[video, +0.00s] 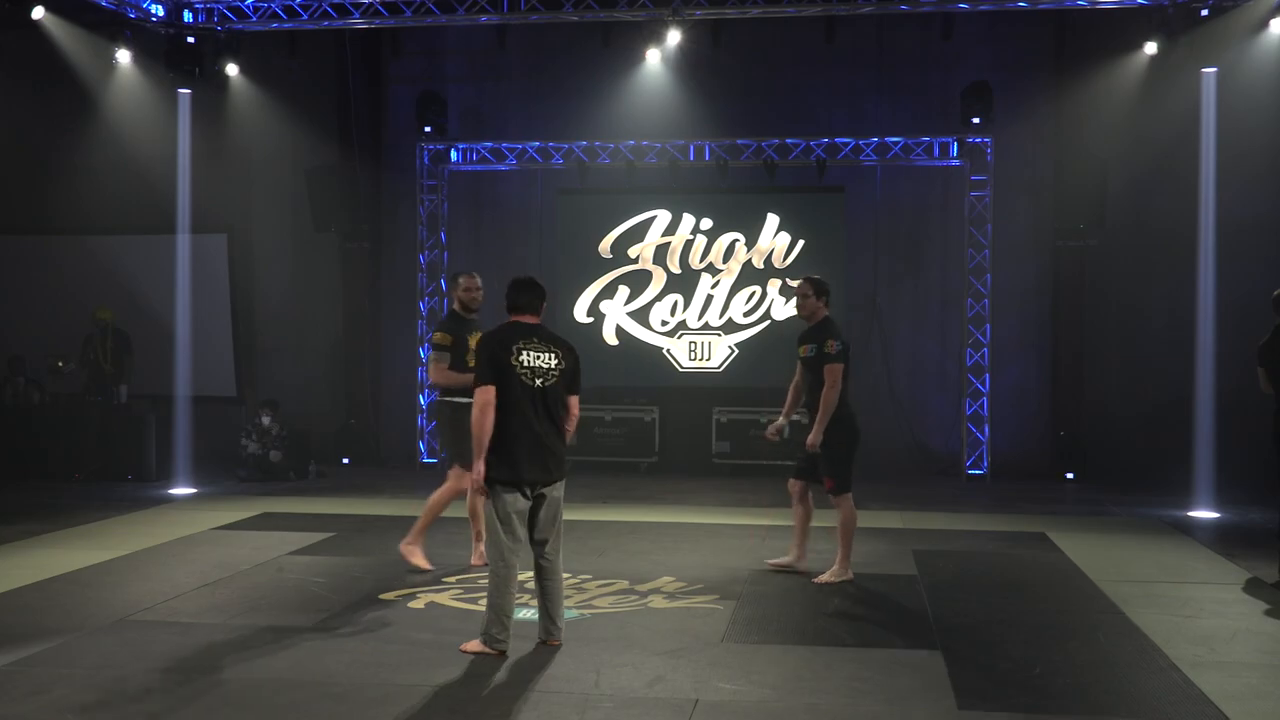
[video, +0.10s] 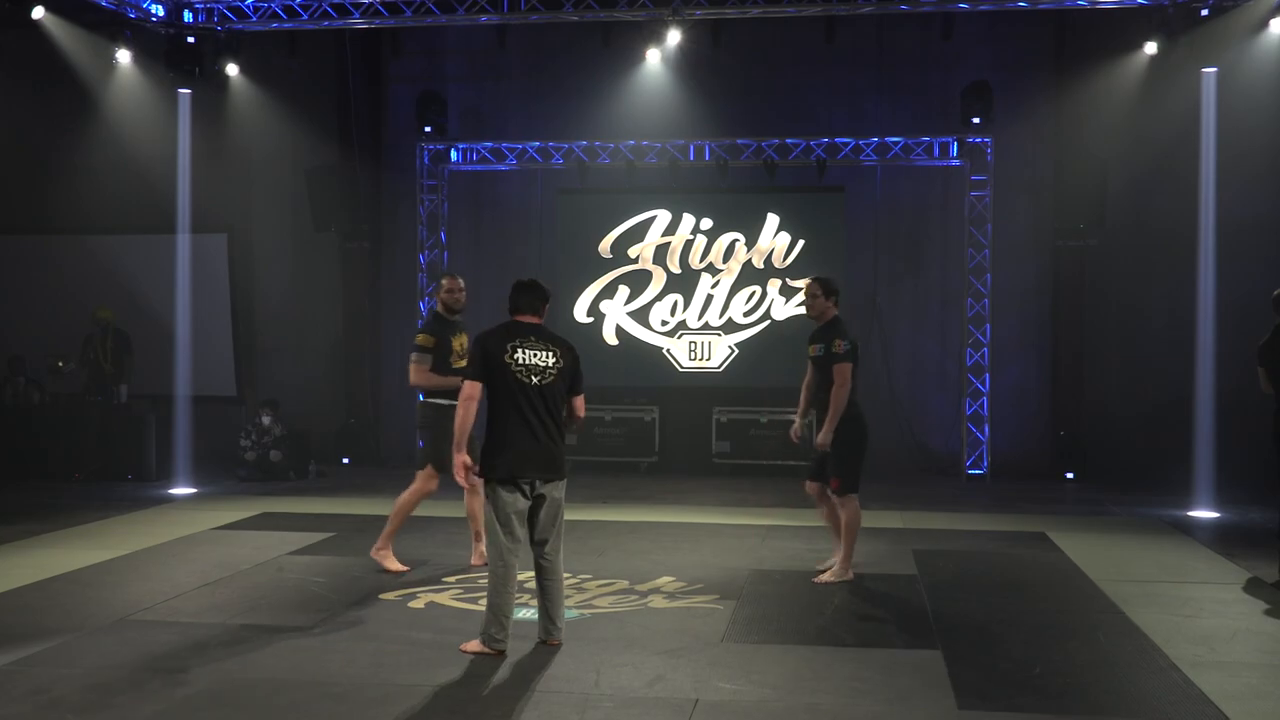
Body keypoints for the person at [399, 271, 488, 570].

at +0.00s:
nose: (475, 294)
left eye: (478, 289)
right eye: (468, 290)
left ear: (482, 292)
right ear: (454, 293)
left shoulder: (475, 328)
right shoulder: (446, 327)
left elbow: (475, 370)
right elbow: (437, 375)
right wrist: (479, 379)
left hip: (475, 407)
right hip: (451, 409)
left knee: (478, 480)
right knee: (459, 480)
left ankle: (479, 547)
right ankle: (411, 541)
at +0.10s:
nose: (457, 295)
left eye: (460, 290)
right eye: (450, 291)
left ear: (465, 294)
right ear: (437, 295)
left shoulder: (459, 327)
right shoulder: (431, 327)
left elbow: (456, 370)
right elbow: (416, 377)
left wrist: (476, 379)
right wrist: (463, 383)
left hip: (460, 410)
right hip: (435, 412)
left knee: (474, 479)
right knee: (426, 482)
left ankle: (480, 548)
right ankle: (382, 546)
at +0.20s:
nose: (440, 296)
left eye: (444, 291)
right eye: (434, 292)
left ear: (449, 296)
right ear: (422, 297)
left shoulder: (444, 329)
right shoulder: (413, 329)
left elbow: (440, 373)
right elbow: (396, 377)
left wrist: (455, 390)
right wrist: (439, 386)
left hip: (440, 414)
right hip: (417, 414)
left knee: (462, 475)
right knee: (400, 480)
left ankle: (477, 546)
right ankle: (377, 554)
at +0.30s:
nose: (427, 293)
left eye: (431, 288)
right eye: (420, 288)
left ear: (436, 293)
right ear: (408, 293)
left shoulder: (434, 327)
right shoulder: (398, 327)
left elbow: (433, 369)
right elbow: (378, 373)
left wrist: (438, 395)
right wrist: (421, 386)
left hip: (427, 410)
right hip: (399, 411)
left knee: (445, 472)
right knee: (389, 480)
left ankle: (460, 544)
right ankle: (377, 554)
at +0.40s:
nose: (417, 291)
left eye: (421, 286)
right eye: (411, 286)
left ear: (427, 290)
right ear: (400, 291)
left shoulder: (424, 322)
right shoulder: (389, 323)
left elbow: (419, 360)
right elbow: (365, 368)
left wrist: (427, 383)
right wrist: (406, 384)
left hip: (416, 406)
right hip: (390, 407)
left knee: (437, 470)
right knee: (386, 479)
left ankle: (423, 543)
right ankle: (380, 553)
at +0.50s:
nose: (418, 288)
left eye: (422, 283)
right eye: (412, 283)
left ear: (426, 288)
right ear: (399, 286)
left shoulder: (425, 318)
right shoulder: (388, 316)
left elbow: (426, 358)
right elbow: (362, 362)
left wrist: (430, 389)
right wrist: (401, 382)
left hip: (419, 403)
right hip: (391, 403)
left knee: (428, 470)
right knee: (391, 474)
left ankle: (385, 529)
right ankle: (390, 547)